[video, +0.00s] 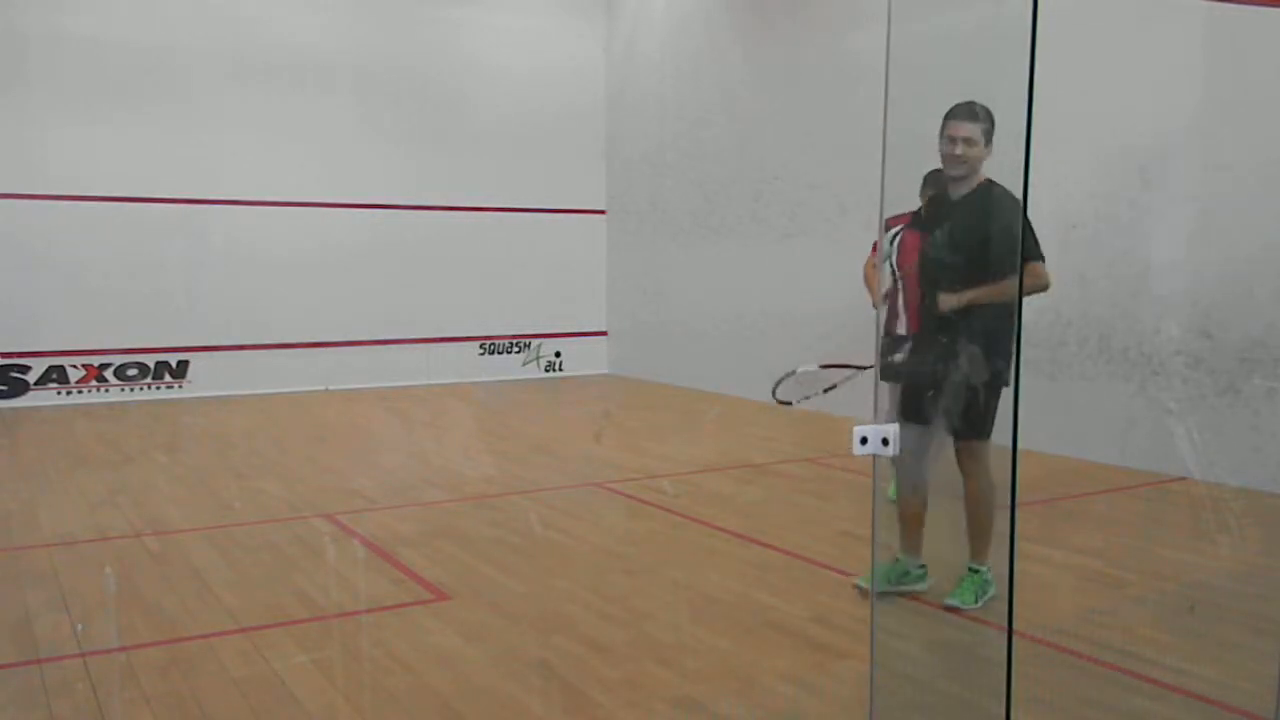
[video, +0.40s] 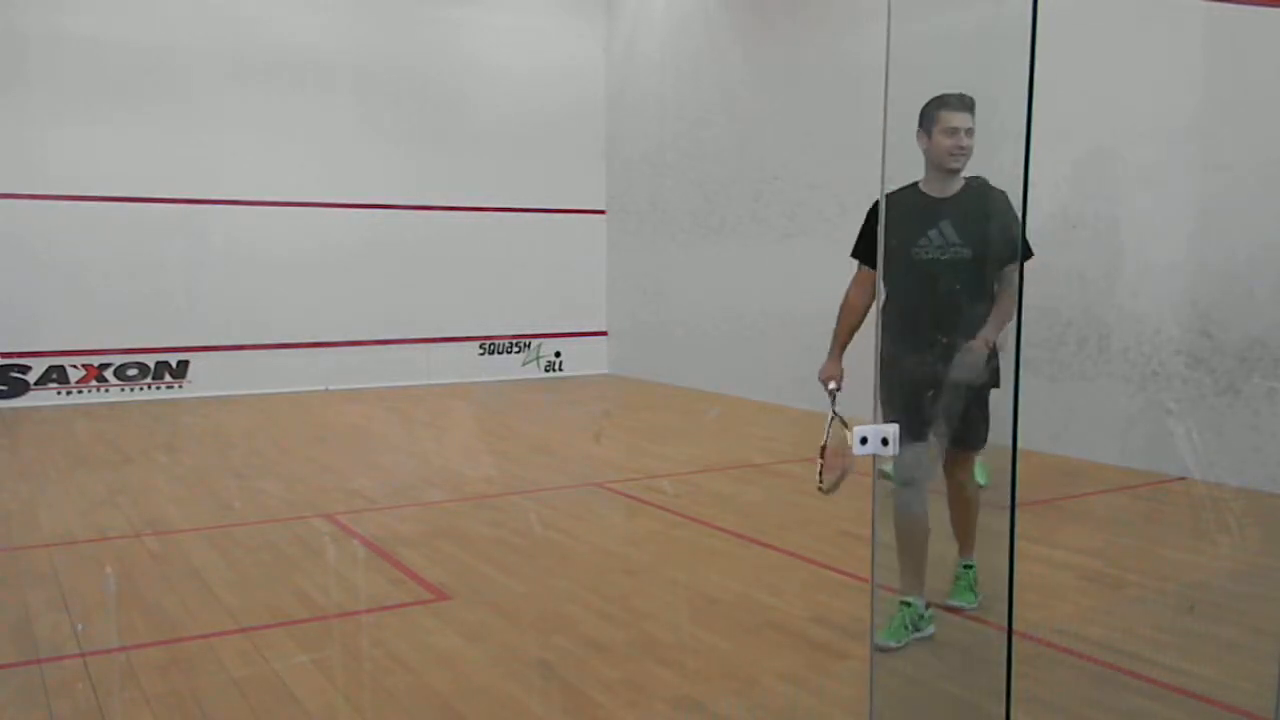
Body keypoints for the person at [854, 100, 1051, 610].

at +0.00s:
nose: (956, 150)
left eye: (968, 143)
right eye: (949, 140)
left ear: (987, 149)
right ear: (939, 143)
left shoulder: (1001, 206)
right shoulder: (934, 203)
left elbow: (1037, 276)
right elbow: (917, 261)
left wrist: (965, 296)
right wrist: (889, 279)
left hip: (979, 352)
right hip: (928, 345)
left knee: (972, 456)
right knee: (909, 451)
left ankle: (979, 571)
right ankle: (910, 562)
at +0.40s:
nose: (960, 142)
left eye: (967, 133)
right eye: (949, 132)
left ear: (974, 141)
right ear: (923, 138)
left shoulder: (992, 206)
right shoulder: (891, 209)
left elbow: (1009, 287)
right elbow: (863, 285)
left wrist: (985, 338)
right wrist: (836, 352)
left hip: (965, 362)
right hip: (904, 361)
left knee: (959, 468)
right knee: (909, 477)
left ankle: (967, 564)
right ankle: (912, 604)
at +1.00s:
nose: (917, 131)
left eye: (922, 122)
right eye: (904, 123)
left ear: (929, 129)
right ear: (875, 132)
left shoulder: (951, 196)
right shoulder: (844, 205)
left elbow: (980, 275)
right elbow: (821, 282)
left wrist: (987, 345)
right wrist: (812, 349)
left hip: (931, 366)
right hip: (867, 370)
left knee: (917, 496)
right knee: (887, 496)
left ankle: (915, 629)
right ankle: (909, 607)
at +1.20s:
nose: (912, 132)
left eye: (918, 121)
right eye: (900, 122)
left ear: (928, 129)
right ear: (871, 132)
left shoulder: (948, 202)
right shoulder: (836, 206)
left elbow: (974, 284)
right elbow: (816, 292)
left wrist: (964, 353)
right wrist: (801, 369)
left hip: (916, 372)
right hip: (853, 371)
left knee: (889, 503)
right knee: (884, 495)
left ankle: (870, 646)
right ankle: (910, 599)